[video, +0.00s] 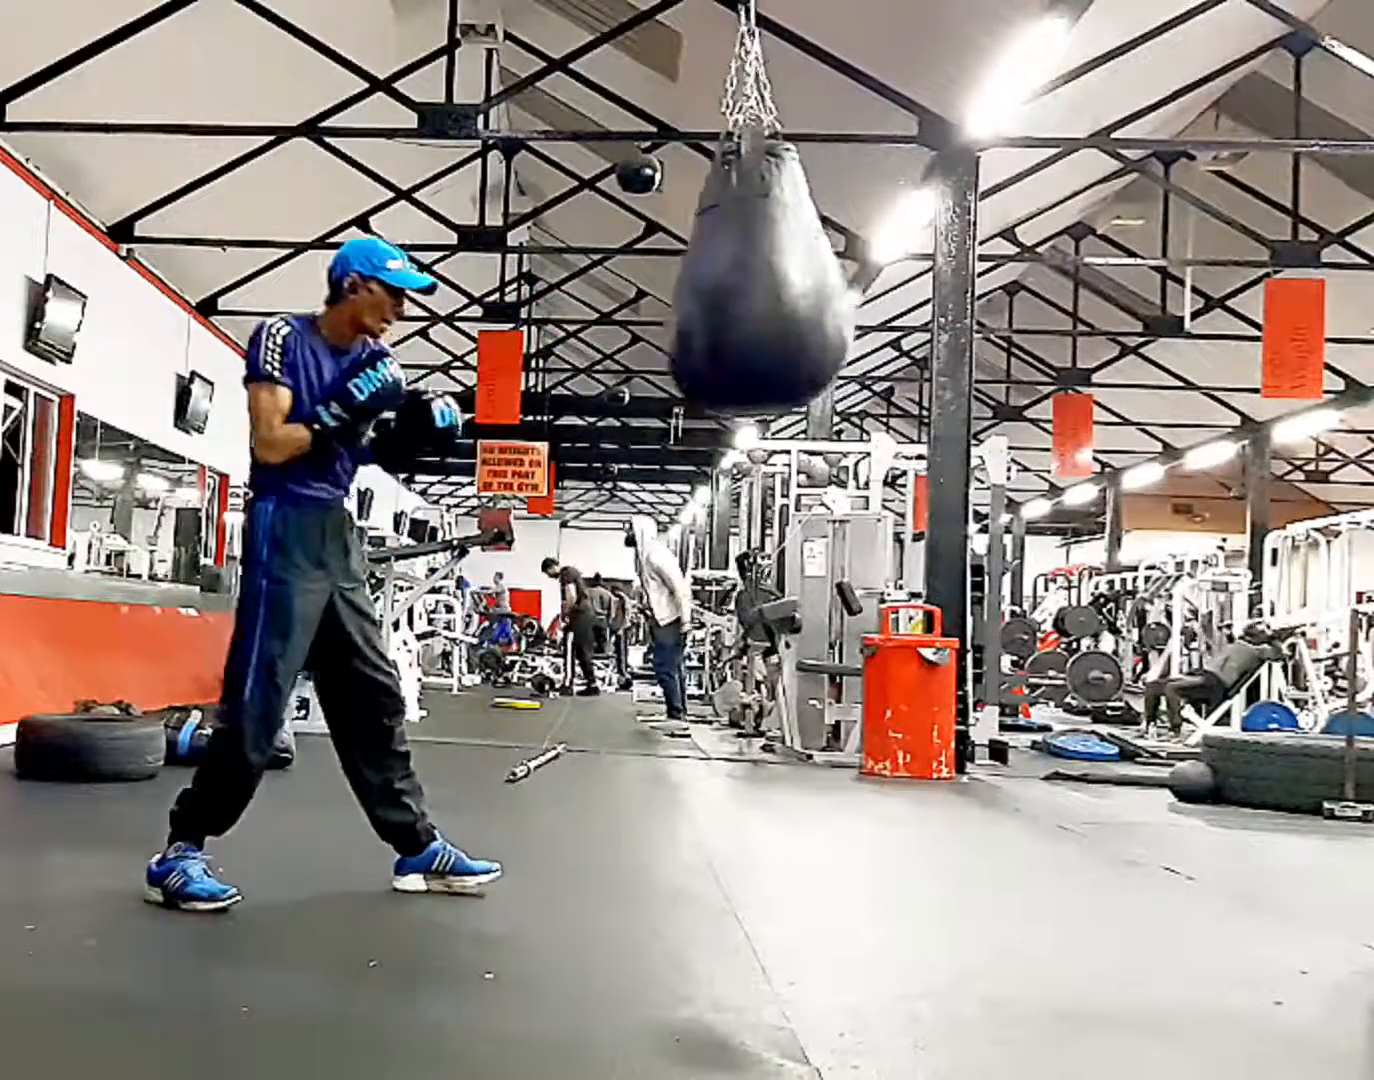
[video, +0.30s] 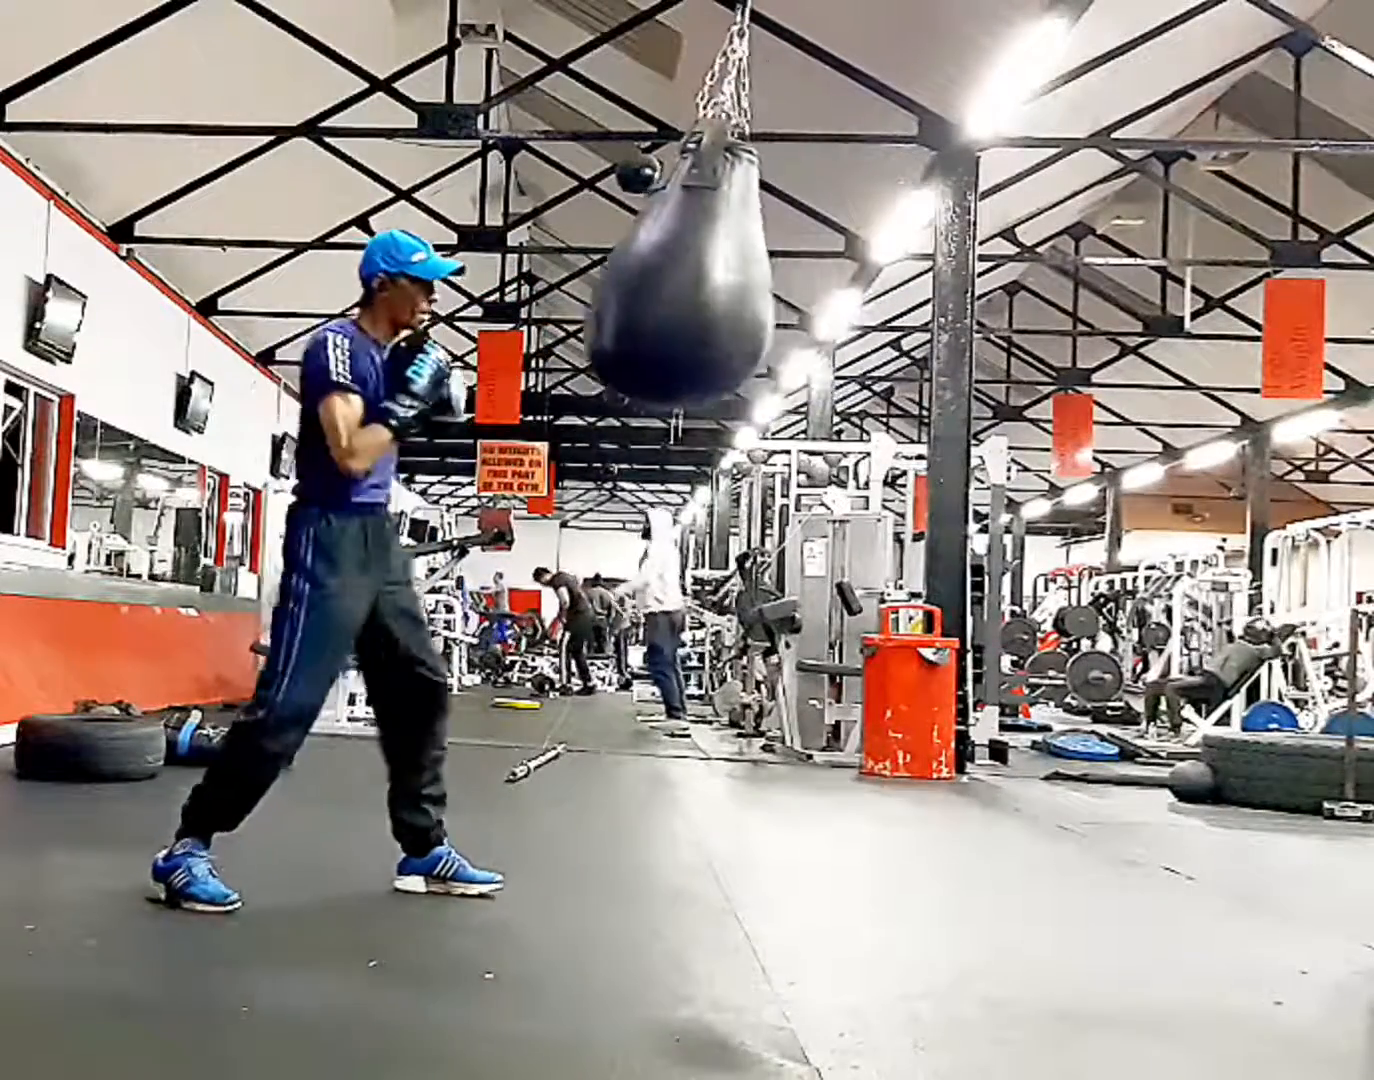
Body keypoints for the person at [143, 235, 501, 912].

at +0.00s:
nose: (395, 318)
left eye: (400, 307)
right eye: (389, 302)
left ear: (374, 299)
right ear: (352, 288)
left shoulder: (370, 364)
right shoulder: (280, 338)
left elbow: (385, 456)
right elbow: (268, 445)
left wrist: (419, 437)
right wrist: (347, 414)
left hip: (337, 536)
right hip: (284, 533)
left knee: (370, 699)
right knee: (257, 705)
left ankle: (417, 848)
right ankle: (179, 852)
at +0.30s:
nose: (429, 302)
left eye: (431, 291)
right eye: (421, 288)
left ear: (407, 292)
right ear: (383, 284)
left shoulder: (393, 358)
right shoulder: (333, 345)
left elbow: (380, 446)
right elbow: (351, 455)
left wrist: (423, 410)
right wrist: (408, 404)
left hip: (380, 539)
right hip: (329, 540)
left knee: (418, 691)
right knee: (285, 709)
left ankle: (424, 851)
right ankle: (186, 850)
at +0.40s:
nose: (425, 303)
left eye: (428, 291)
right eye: (417, 288)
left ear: (414, 291)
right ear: (378, 280)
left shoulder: (409, 348)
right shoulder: (317, 348)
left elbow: (470, 358)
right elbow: (326, 457)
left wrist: (537, 351)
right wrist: (393, 403)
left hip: (402, 539)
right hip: (336, 540)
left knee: (432, 699)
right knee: (291, 702)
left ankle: (429, 850)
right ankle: (200, 849)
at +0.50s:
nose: (410, 301)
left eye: (413, 290)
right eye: (401, 289)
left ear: (405, 291)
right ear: (362, 284)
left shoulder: (417, 344)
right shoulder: (303, 355)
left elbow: (486, 365)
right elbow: (311, 465)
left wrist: (550, 372)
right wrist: (370, 408)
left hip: (395, 541)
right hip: (327, 542)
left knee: (433, 692)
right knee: (284, 703)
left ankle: (428, 851)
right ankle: (200, 849)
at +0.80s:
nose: (404, 351)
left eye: (409, 339)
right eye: (395, 337)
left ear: (403, 338)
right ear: (356, 329)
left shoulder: (398, 391)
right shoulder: (291, 378)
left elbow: (439, 452)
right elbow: (276, 486)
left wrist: (455, 502)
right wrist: (344, 443)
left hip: (362, 564)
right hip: (299, 565)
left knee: (433, 697)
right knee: (279, 717)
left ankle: (426, 852)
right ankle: (195, 854)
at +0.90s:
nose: (415, 342)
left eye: (420, 331)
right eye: (409, 325)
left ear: (401, 326)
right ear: (372, 314)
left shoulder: (394, 377)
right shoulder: (301, 360)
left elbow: (418, 452)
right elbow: (279, 470)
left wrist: (433, 487)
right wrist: (360, 439)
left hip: (363, 551)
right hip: (302, 554)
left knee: (422, 693)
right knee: (268, 705)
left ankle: (426, 850)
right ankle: (193, 852)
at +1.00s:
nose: (425, 328)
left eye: (429, 317)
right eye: (418, 313)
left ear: (410, 312)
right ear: (380, 301)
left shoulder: (401, 376)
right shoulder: (313, 351)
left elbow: (390, 454)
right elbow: (302, 454)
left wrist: (431, 472)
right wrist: (382, 419)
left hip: (372, 546)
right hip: (309, 546)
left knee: (409, 693)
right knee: (266, 693)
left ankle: (418, 849)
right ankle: (197, 845)